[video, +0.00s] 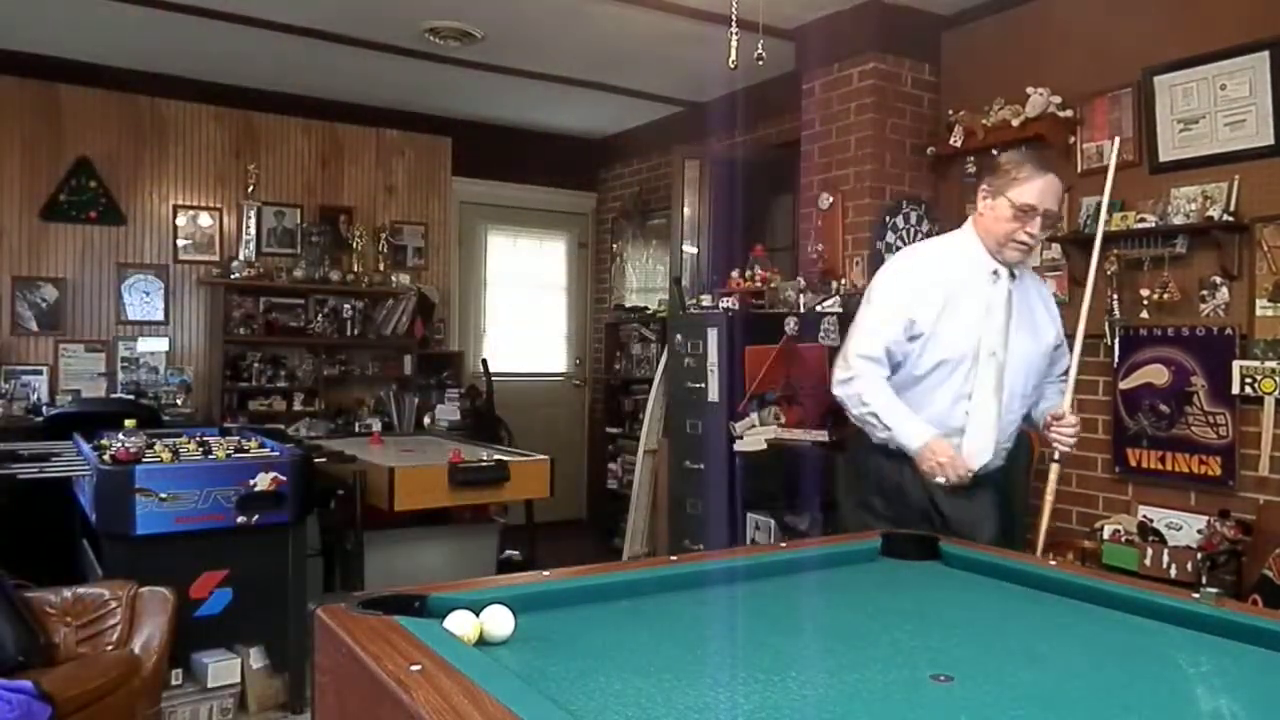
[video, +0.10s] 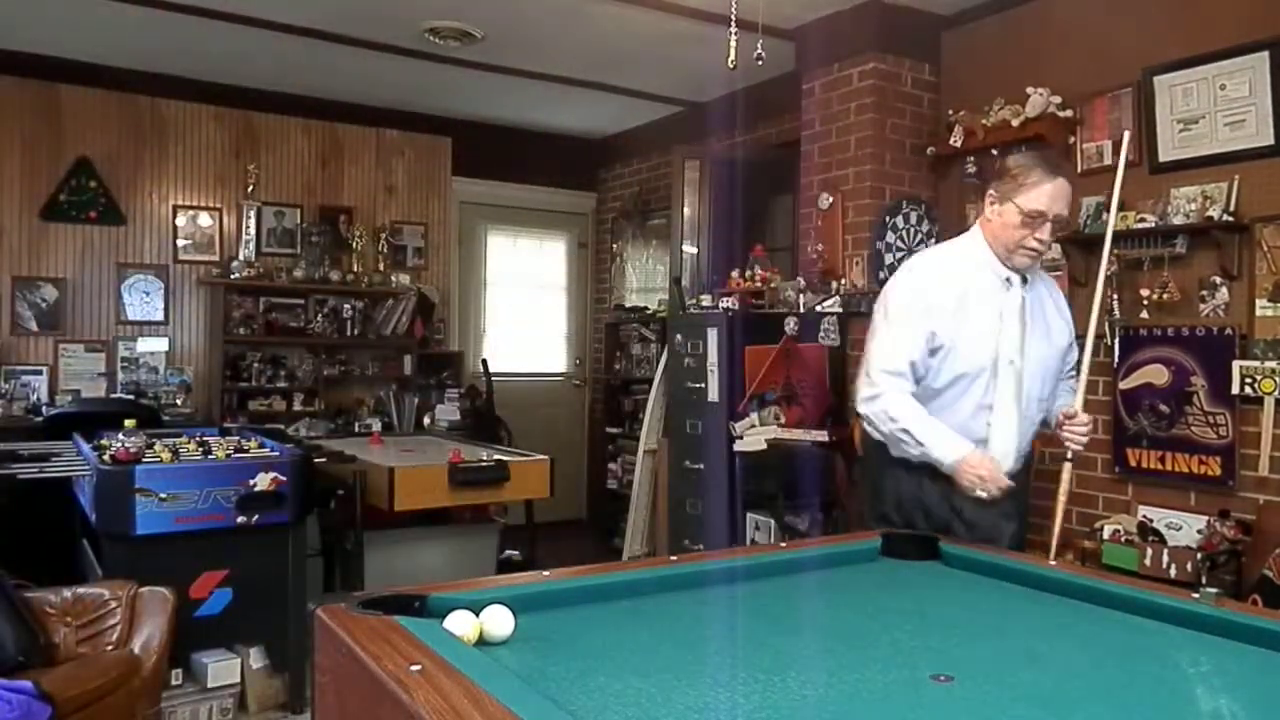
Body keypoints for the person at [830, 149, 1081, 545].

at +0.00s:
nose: (1034, 232)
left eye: (1047, 221)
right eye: (1023, 212)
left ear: (1054, 224)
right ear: (984, 200)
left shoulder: (1039, 298)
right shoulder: (915, 270)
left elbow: (1047, 381)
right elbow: (854, 374)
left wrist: (1053, 416)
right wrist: (920, 442)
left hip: (984, 491)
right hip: (894, 485)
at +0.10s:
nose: (1045, 237)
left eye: (1056, 224)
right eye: (1032, 218)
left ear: (1063, 226)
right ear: (992, 205)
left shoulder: (1051, 300)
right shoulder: (926, 277)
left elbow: (1060, 381)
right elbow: (878, 394)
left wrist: (1064, 413)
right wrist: (957, 457)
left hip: (1001, 493)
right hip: (915, 486)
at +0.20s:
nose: (1054, 245)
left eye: (1064, 230)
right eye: (1040, 226)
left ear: (1071, 229)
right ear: (997, 214)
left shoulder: (1057, 294)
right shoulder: (939, 287)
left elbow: (1065, 376)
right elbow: (912, 419)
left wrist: (1077, 411)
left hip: (1015, 501)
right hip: (932, 493)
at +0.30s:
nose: (1064, 252)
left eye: (1074, 237)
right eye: (1050, 237)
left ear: (1082, 230)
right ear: (1004, 224)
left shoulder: (1064, 289)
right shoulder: (956, 297)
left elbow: (1063, 376)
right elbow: (963, 443)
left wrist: (1086, 408)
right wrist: (1061, 506)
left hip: (1023, 486)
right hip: (939, 491)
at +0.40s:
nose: (1076, 258)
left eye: (1087, 242)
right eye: (1060, 241)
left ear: (1095, 236)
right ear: (1014, 226)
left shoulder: (1070, 286)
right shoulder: (971, 307)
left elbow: (1074, 369)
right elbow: (1011, 457)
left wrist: (1099, 402)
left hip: (1028, 490)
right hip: (949, 496)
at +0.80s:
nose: (1087, 231)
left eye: (1098, 212)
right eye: (1067, 214)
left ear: (1107, 207)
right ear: (1022, 210)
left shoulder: (1098, 274)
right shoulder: (986, 296)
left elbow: (1116, 360)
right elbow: (1005, 448)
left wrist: (1138, 398)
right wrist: (1118, 514)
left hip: (1066, 492)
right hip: (979, 499)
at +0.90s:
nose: (1082, 219)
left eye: (1093, 200)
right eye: (1062, 204)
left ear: (1105, 196)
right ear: (1021, 204)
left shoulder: (1110, 271)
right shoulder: (982, 288)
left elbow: (1136, 356)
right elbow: (968, 433)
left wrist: (1150, 400)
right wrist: (1069, 507)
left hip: (1081, 494)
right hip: (988, 501)